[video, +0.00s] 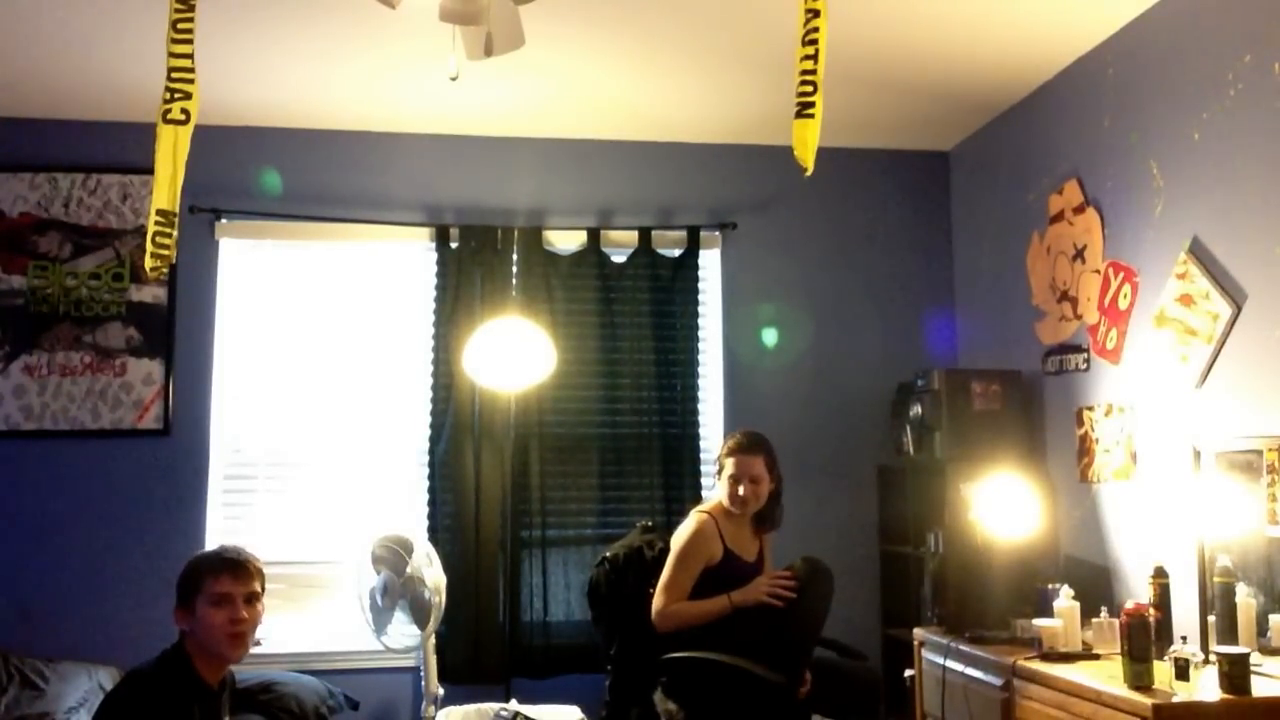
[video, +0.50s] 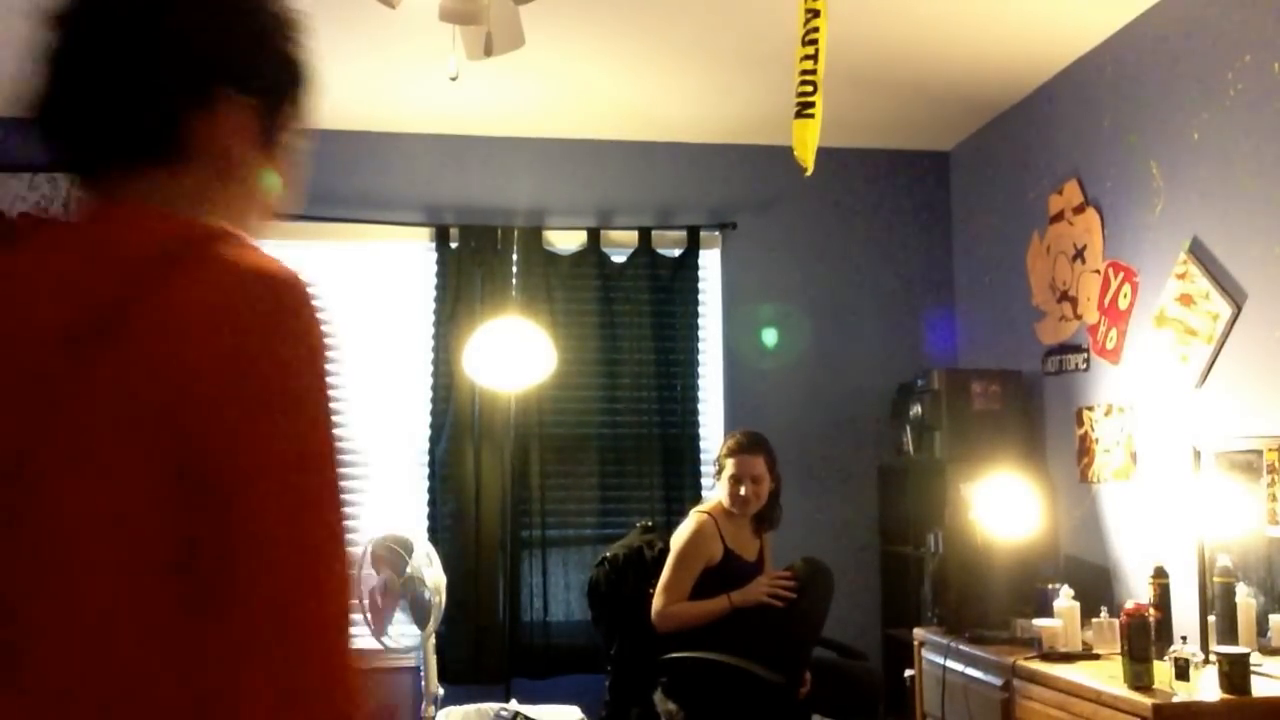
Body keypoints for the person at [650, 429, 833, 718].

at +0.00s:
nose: (742, 491)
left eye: (754, 481)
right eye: (734, 480)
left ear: (771, 485)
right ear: (719, 479)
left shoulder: (757, 527)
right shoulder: (700, 528)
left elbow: (768, 603)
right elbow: (662, 616)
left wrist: (796, 665)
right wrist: (740, 597)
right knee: (812, 575)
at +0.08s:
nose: (743, 491)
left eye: (754, 481)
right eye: (734, 480)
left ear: (771, 485)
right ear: (719, 479)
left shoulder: (758, 527)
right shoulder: (700, 528)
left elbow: (767, 601)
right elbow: (662, 617)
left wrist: (796, 664)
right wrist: (740, 597)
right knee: (812, 575)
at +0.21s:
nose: (743, 491)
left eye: (754, 481)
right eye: (734, 480)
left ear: (771, 485)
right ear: (719, 479)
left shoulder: (758, 527)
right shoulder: (700, 528)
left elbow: (766, 603)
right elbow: (662, 617)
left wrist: (795, 665)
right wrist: (739, 597)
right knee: (811, 575)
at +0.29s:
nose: (743, 491)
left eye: (755, 482)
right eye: (734, 480)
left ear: (771, 485)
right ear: (719, 479)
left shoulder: (757, 528)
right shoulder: (700, 528)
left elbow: (766, 604)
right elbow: (662, 617)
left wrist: (796, 665)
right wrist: (739, 597)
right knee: (812, 575)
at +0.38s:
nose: (744, 491)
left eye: (755, 482)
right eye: (735, 481)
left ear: (771, 484)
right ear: (719, 479)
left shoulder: (758, 527)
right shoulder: (700, 528)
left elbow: (767, 603)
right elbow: (662, 617)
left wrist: (795, 665)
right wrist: (739, 597)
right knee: (812, 575)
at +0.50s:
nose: (745, 491)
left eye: (755, 481)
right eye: (735, 480)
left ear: (772, 484)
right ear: (719, 479)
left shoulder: (757, 528)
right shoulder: (700, 528)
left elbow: (767, 602)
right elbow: (662, 616)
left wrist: (797, 666)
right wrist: (739, 597)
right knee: (812, 575)